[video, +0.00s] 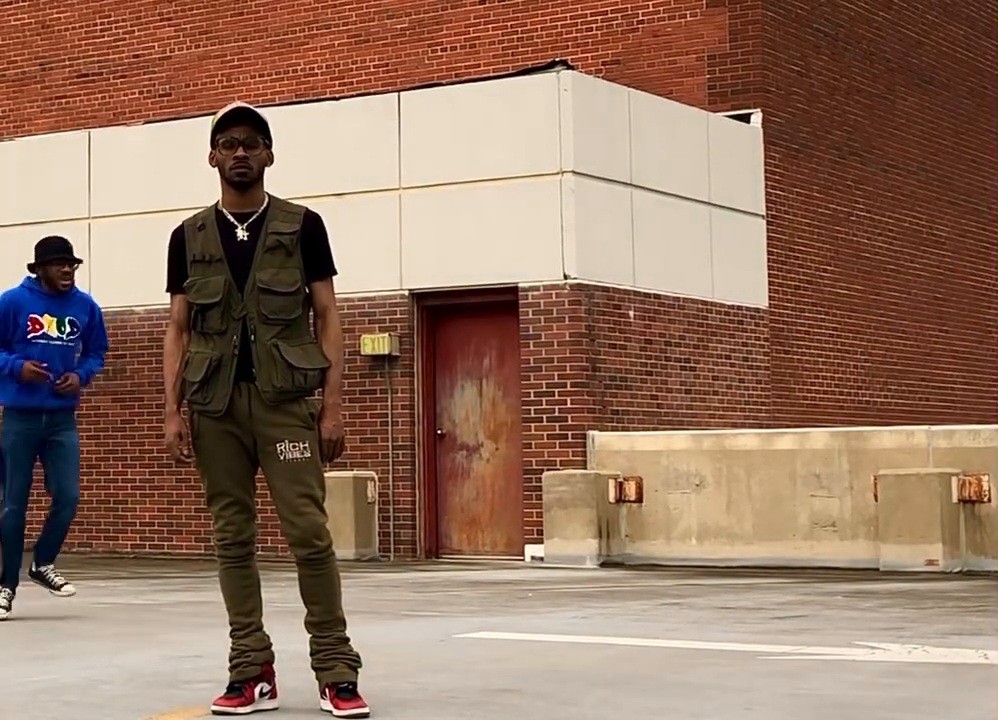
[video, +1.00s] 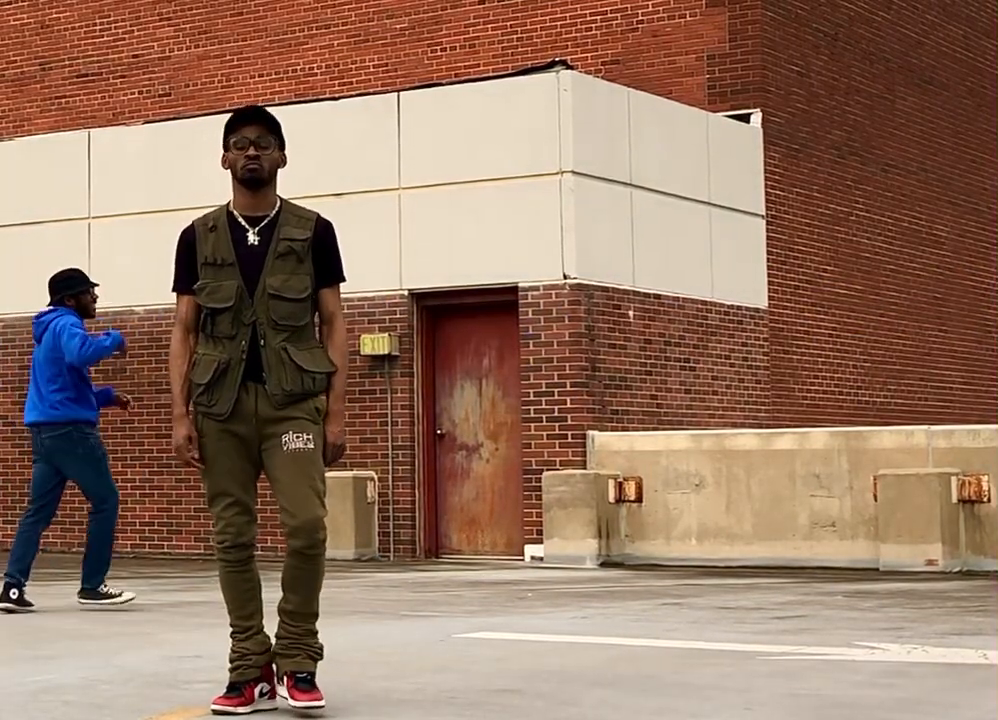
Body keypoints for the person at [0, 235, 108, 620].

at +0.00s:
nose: (68, 271)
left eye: (71, 264)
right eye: (59, 266)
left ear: (75, 266)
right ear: (40, 268)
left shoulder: (85, 305)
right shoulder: (12, 302)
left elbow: (96, 354)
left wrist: (81, 375)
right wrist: (17, 368)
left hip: (62, 419)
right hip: (19, 418)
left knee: (68, 496)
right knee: (14, 504)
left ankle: (42, 563)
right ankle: (6, 583)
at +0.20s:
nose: (55, 291)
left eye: (56, 284)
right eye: (49, 285)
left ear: (44, 288)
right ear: (26, 286)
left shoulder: (40, 325)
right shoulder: (4, 321)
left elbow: (35, 385)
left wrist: (59, 414)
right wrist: (38, 380)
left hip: (34, 439)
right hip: (5, 438)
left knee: (48, 512)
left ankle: (12, 588)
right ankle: (4, 591)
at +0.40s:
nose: (46, 289)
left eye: (46, 283)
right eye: (41, 283)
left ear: (22, 286)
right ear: (20, 285)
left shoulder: (20, 316)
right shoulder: (8, 314)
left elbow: (45, 350)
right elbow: (50, 350)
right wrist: (66, 314)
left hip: (26, 432)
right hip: (8, 430)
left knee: (40, 508)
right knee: (1, 518)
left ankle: (16, 587)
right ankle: (11, 589)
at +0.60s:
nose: (48, 293)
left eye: (47, 286)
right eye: (44, 287)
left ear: (20, 291)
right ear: (26, 290)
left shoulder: (18, 317)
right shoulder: (18, 317)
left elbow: (67, 341)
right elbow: (71, 341)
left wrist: (63, 309)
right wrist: (64, 304)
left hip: (26, 430)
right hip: (15, 428)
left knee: (34, 508)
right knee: (8, 514)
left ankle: (14, 588)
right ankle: (7, 591)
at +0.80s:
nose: (67, 299)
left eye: (65, 293)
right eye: (61, 294)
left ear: (37, 299)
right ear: (43, 298)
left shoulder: (30, 328)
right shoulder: (36, 329)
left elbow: (78, 359)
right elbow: (83, 359)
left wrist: (73, 325)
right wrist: (82, 322)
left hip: (33, 430)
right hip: (40, 430)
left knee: (42, 512)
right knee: (44, 512)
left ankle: (13, 587)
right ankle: (11, 588)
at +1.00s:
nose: (95, 298)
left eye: (93, 293)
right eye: (89, 293)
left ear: (63, 298)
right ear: (72, 297)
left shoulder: (50, 327)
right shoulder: (66, 322)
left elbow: (65, 393)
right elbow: (81, 353)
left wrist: (107, 396)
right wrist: (114, 338)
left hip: (45, 428)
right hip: (69, 427)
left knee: (38, 511)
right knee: (105, 501)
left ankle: (13, 586)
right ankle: (92, 586)